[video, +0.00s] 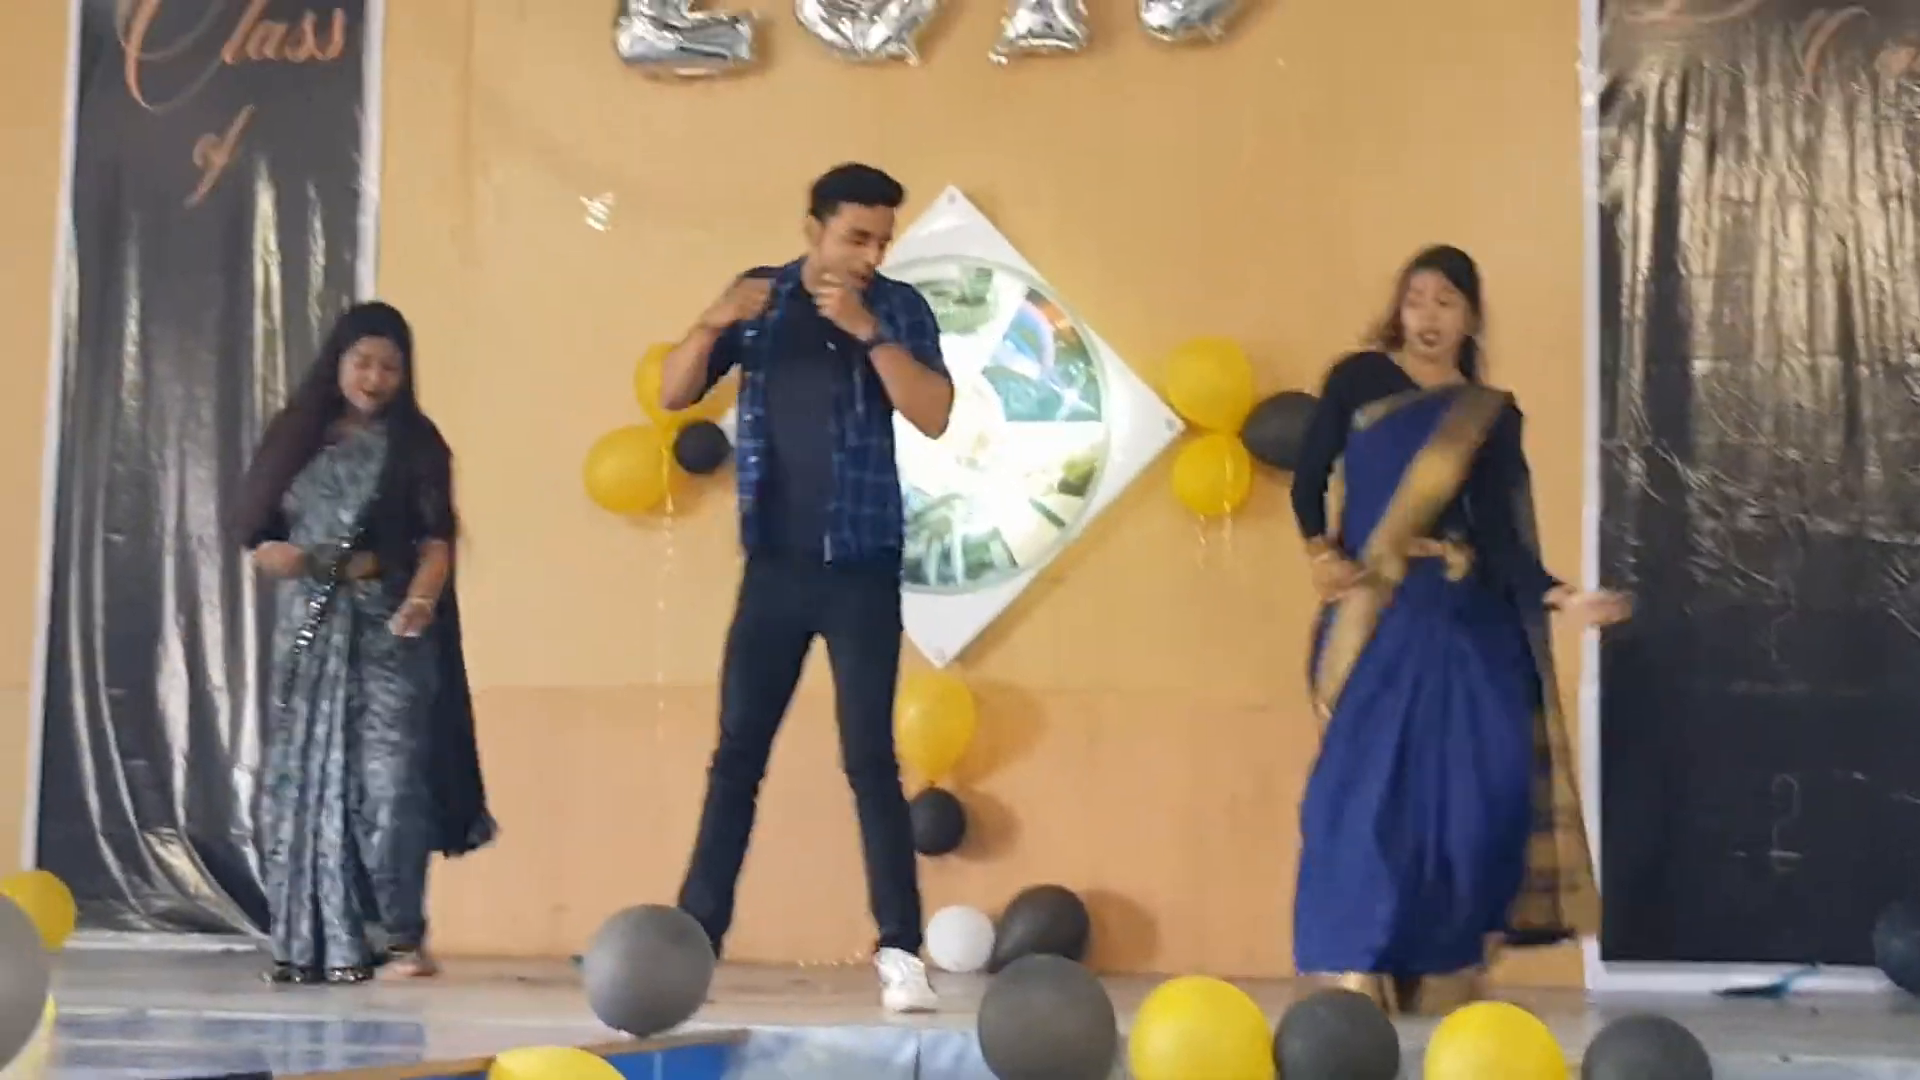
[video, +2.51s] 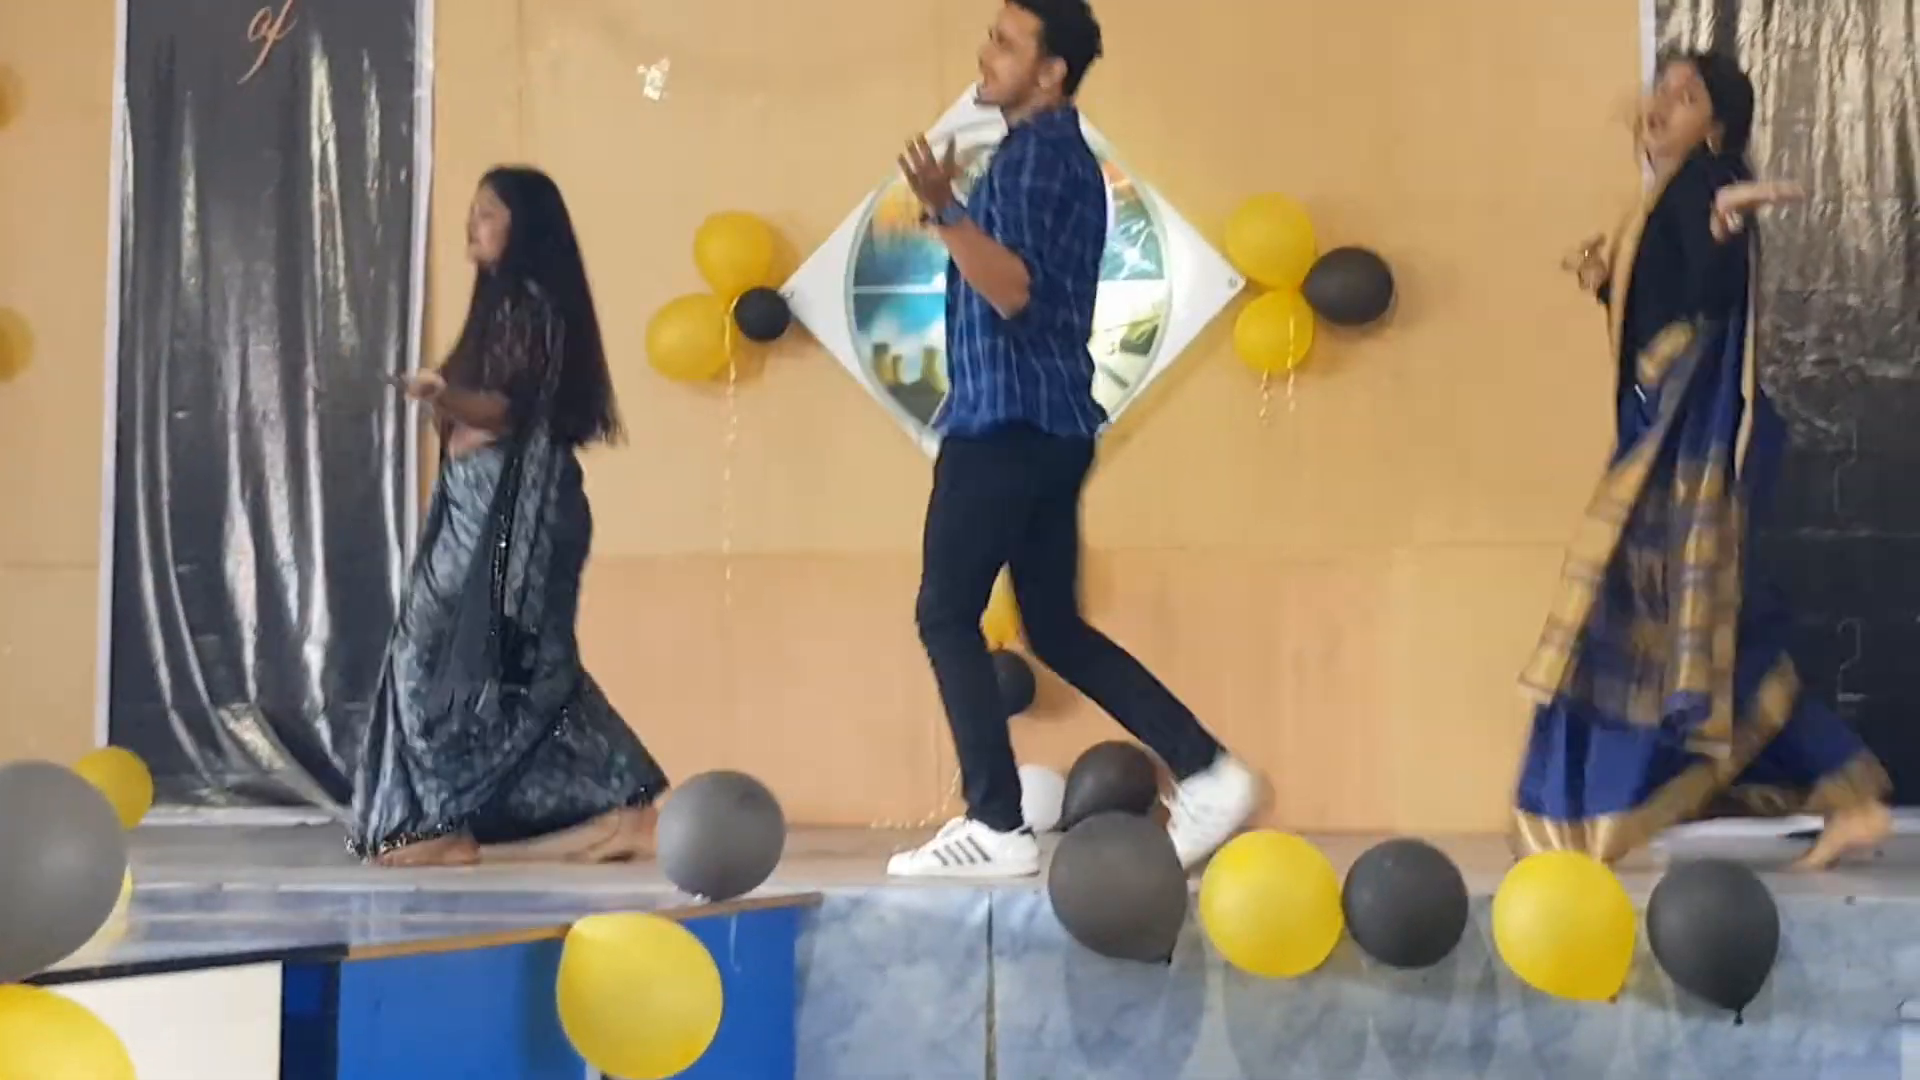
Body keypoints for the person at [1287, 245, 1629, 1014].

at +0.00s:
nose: (1427, 315)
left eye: (1444, 302)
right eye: (1415, 299)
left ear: (1470, 318)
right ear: (1397, 308)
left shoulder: (1491, 412)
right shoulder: (1357, 379)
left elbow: (1504, 539)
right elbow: (1308, 476)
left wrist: (1561, 597)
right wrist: (1320, 549)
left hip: (1471, 610)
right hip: (1379, 607)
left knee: (1485, 779)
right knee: (1372, 779)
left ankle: (1452, 961)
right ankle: (1364, 967)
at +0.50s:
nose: (1660, 364)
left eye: (1678, 349)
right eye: (1651, 352)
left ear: (1721, 362)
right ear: (1644, 367)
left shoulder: (1767, 462)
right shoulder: (1618, 446)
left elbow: (1786, 586)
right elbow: (1558, 557)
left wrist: (1866, 566)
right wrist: (1638, 537)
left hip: (1741, 669)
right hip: (1641, 670)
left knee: (1760, 844)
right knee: (1659, 851)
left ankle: (1760, 1047)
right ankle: (1650, 1041)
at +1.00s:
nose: (1616, 465)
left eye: (1632, 447)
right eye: (1606, 454)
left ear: (1675, 453)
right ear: (1601, 468)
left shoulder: (1740, 523)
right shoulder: (1598, 559)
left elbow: (1805, 618)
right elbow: (1584, 690)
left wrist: (1708, 595)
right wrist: (1563, 656)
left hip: (1743, 760)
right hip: (1644, 770)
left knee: (1751, 936)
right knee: (1626, 931)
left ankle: (1758, 1065)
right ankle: (1641, 1065)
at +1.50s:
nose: (1453, 316)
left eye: (1468, 302)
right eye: (1449, 302)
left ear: (1508, 314)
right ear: (1441, 314)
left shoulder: (1552, 398)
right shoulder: (1416, 404)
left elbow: (1599, 524)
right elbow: (1395, 509)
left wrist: (1542, 545)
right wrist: (1361, 551)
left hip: (1524, 623)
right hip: (1443, 624)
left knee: (1505, 805)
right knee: (1408, 786)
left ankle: (1525, 1004)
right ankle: (1388, 1002)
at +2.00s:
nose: (1483, 69)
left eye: (1506, 66)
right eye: (1485, 55)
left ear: (1534, 99)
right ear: (1472, 73)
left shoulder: (1521, 153)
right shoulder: (1479, 162)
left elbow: (1531, 277)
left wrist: (1549, 238)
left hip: (1495, 383)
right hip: (1451, 386)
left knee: (1468, 570)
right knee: (1402, 574)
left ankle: (1558, 762)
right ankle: (1371, 794)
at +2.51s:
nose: (1657, 103)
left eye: (1679, 95)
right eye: (1659, 88)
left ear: (1714, 123)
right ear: (1653, 106)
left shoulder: (1704, 185)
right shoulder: (1661, 194)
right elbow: (1657, 300)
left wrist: (1734, 208)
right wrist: (1606, 275)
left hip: (1694, 431)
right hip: (1663, 427)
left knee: (1619, 608)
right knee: (1725, 621)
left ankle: (1594, 813)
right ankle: (1847, 793)